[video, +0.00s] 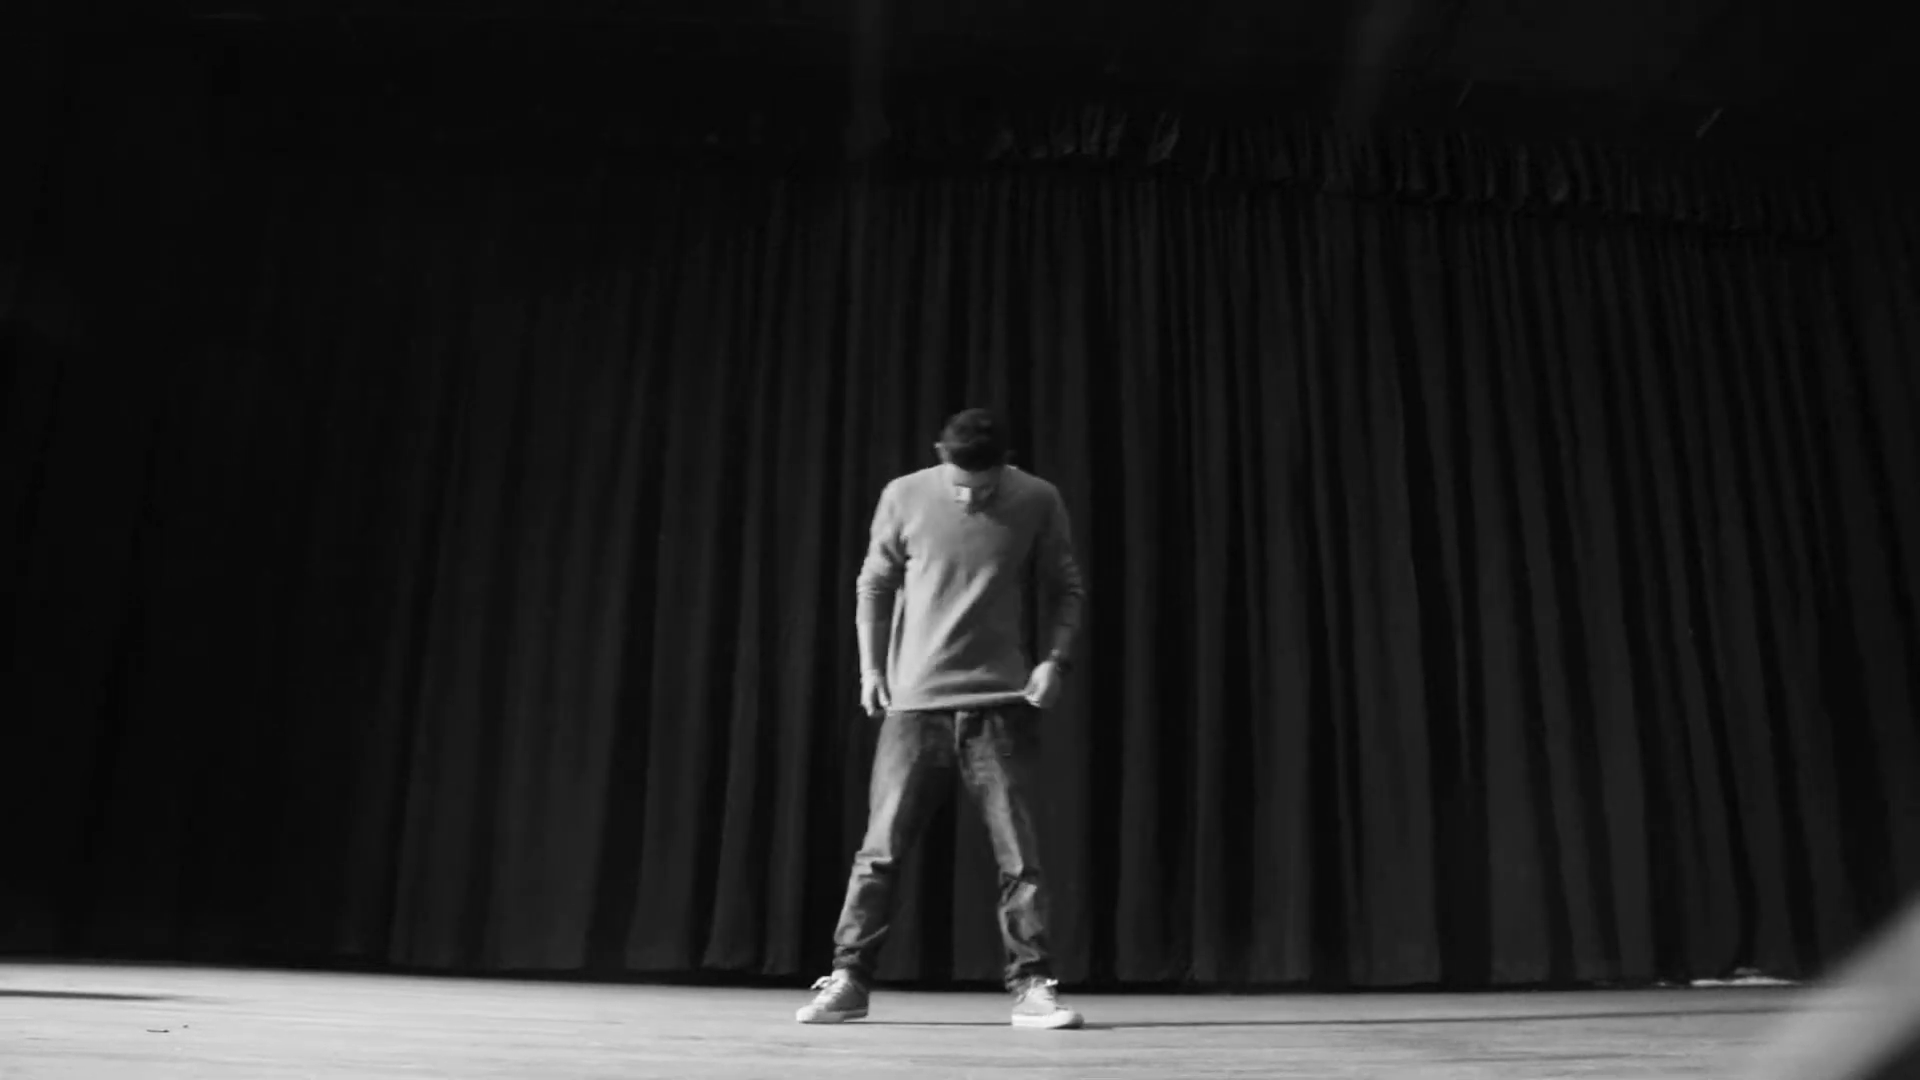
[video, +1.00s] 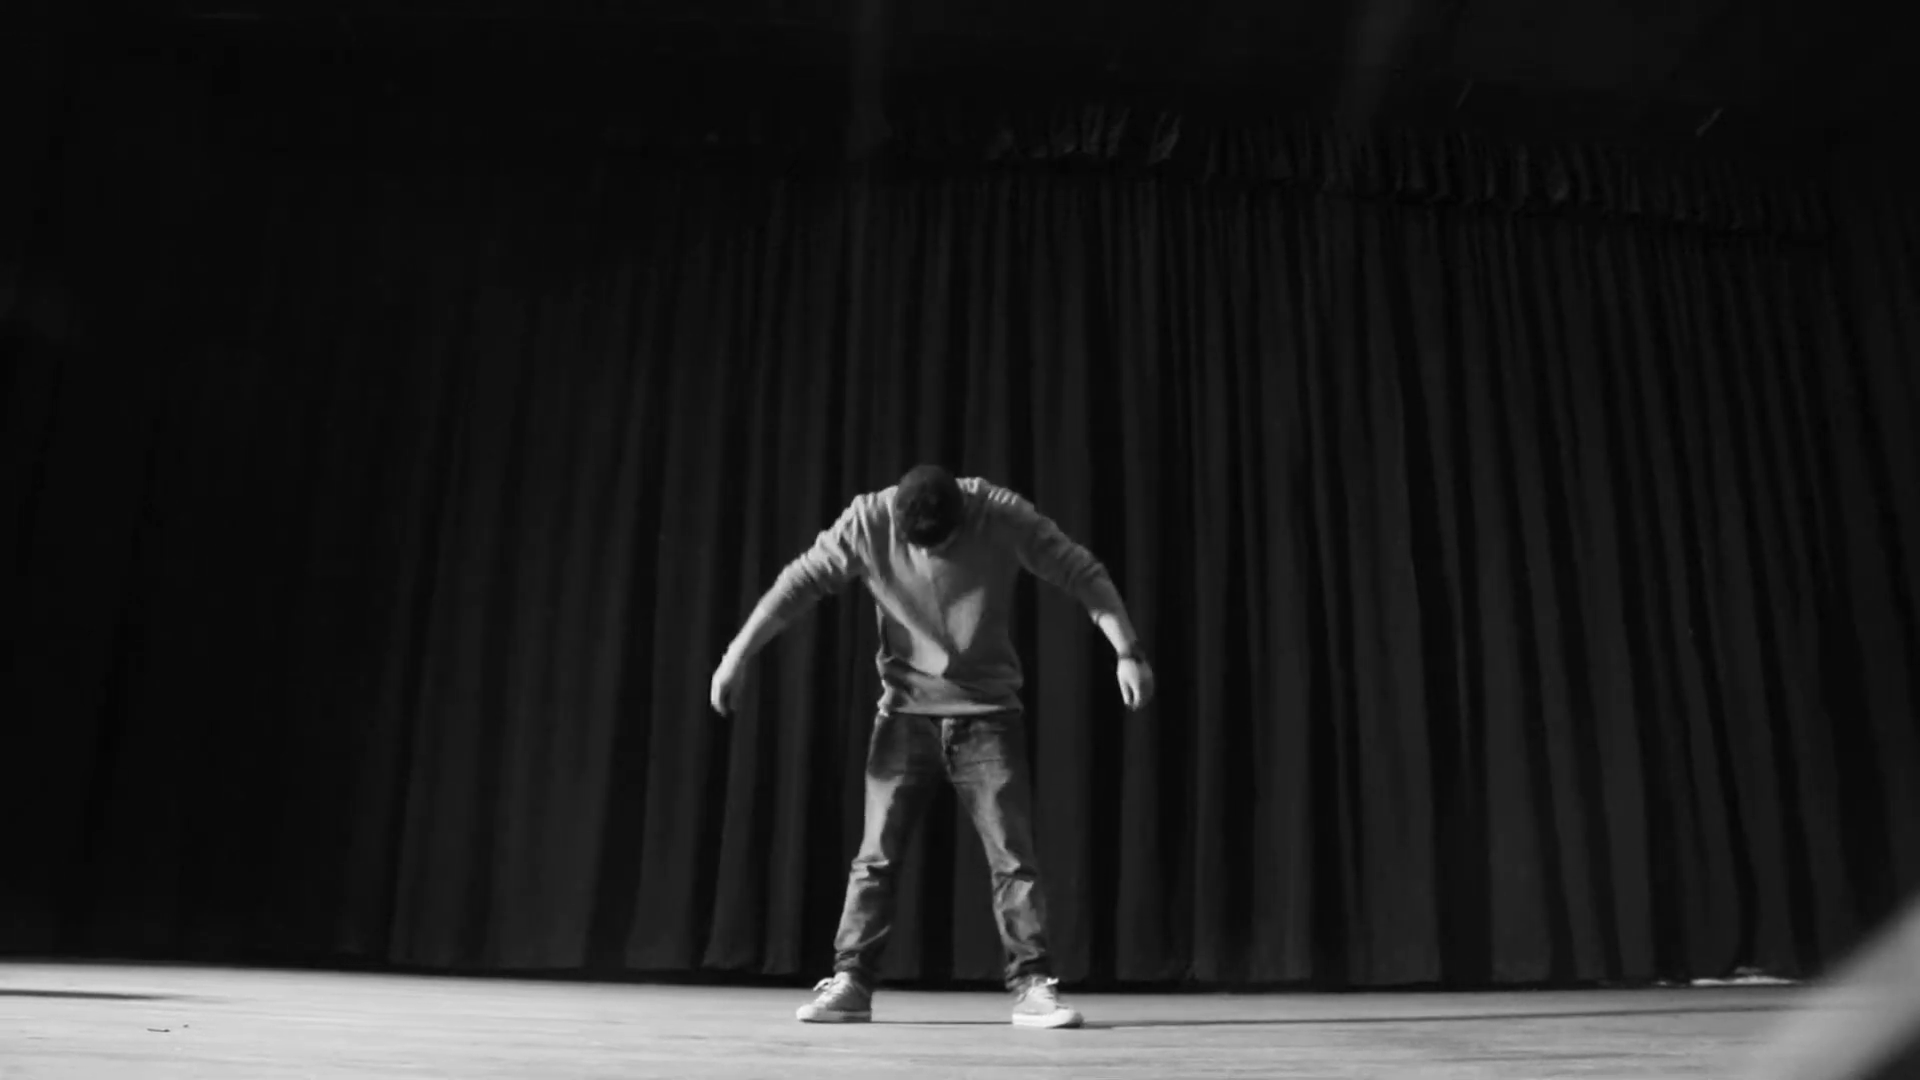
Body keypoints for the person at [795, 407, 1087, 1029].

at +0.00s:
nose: (968, 495)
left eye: (979, 484)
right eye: (957, 483)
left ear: (1001, 466)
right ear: (941, 463)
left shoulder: (1038, 502)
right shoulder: (903, 498)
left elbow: (1068, 592)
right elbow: (874, 583)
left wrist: (1054, 663)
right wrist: (870, 668)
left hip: (996, 702)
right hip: (913, 703)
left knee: (1019, 856)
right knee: (880, 851)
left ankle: (1032, 989)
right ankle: (847, 981)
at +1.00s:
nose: (929, 554)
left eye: (938, 544)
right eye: (917, 544)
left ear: (959, 516)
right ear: (899, 517)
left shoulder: (999, 513)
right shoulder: (867, 523)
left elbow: (1080, 570)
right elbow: (801, 580)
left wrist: (1127, 650)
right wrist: (737, 654)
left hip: (986, 709)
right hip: (904, 708)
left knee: (1010, 851)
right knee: (877, 852)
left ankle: (1033, 988)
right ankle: (849, 983)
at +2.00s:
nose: (951, 485)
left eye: (963, 473)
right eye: (940, 474)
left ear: (981, 453)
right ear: (919, 456)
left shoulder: (1017, 483)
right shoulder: (884, 488)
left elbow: (1095, 532)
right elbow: (807, 525)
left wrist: (1164, 578)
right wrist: (727, 577)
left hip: (992, 704)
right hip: (910, 701)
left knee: (1019, 850)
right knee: (871, 840)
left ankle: (1035, 988)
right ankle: (851, 980)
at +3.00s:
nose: (986, 458)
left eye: (999, 446)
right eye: (974, 443)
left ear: (1017, 441)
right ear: (950, 430)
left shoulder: (1041, 493)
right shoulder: (909, 486)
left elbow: (1121, 525)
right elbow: (820, 502)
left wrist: (1208, 549)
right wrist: (724, 520)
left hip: (1009, 691)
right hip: (928, 689)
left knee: (1025, 846)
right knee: (911, 841)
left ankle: (1023, 990)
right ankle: (883, 980)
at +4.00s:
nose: (973, 449)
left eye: (985, 436)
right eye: (962, 435)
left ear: (1006, 432)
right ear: (942, 428)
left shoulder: (1036, 492)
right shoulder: (904, 493)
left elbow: (1116, 529)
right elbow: (823, 519)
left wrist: (1195, 553)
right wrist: (733, 531)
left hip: (1006, 690)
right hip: (925, 690)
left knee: (1009, 848)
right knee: (923, 845)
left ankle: (992, 989)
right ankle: (916, 985)